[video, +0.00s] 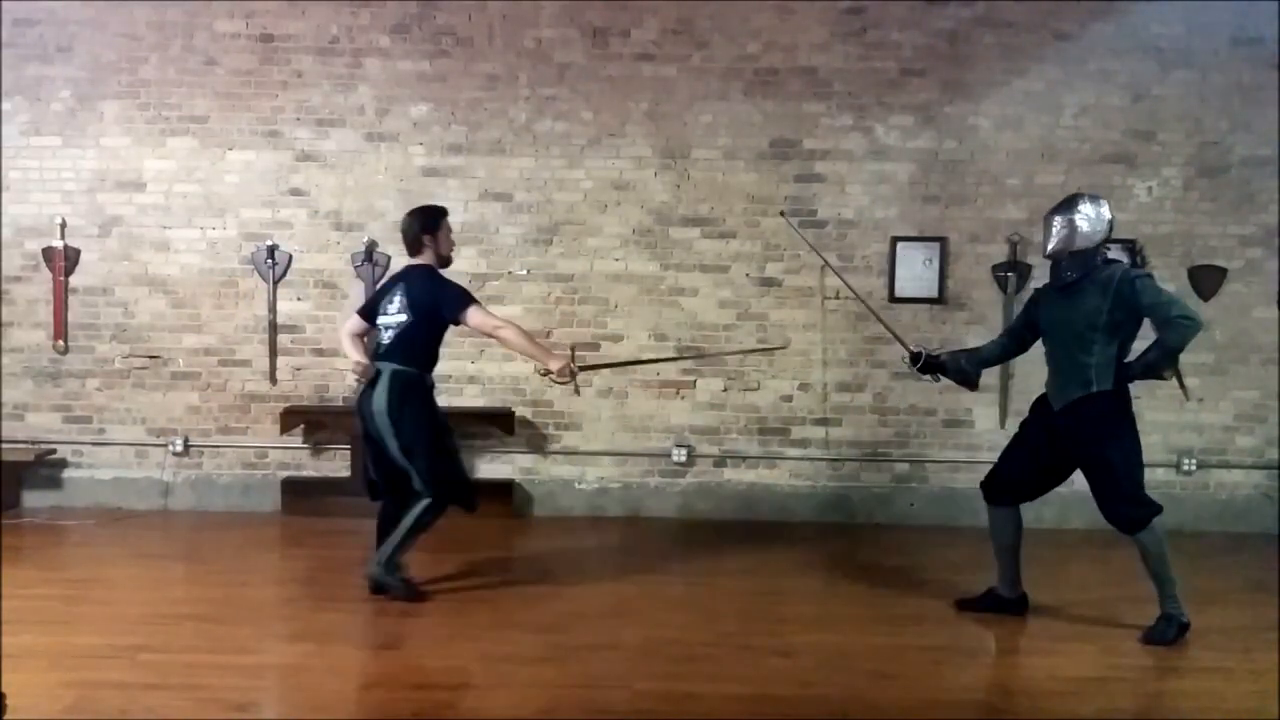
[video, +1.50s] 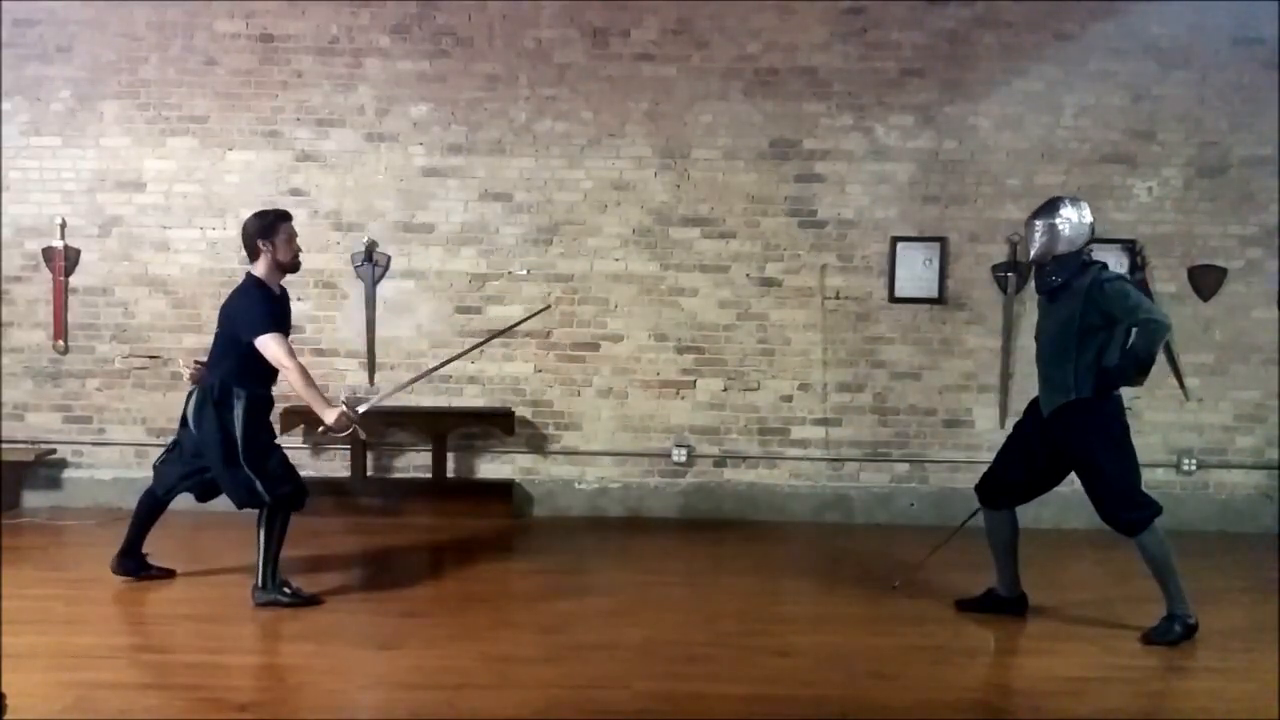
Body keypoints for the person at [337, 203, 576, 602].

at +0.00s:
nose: (452, 240)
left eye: (450, 232)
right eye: (447, 233)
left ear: (415, 241)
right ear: (429, 239)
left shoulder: (392, 284)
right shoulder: (436, 285)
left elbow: (350, 332)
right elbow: (495, 327)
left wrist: (359, 360)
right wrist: (550, 359)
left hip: (376, 392)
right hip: (400, 394)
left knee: (400, 489)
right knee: (439, 486)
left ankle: (384, 571)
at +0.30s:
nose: (400, 234)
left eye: (397, 226)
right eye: (394, 227)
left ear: (365, 235)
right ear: (372, 233)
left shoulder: (340, 279)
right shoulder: (374, 284)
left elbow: (300, 326)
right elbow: (442, 330)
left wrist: (298, 362)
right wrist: (500, 356)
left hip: (322, 392)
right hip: (332, 397)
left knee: (364, 478)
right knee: (327, 491)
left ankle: (373, 569)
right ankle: (270, 579)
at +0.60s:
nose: (354, 231)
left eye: (351, 223)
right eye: (346, 223)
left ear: (321, 233)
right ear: (320, 231)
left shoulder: (317, 279)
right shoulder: (314, 282)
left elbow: (295, 336)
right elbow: (372, 338)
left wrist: (259, 353)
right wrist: (431, 371)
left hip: (282, 387)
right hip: (282, 389)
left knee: (267, 478)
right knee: (303, 489)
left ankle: (223, 549)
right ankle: (269, 583)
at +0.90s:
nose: (318, 238)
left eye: (317, 231)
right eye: (309, 232)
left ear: (304, 238)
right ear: (282, 239)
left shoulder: (316, 296)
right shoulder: (267, 294)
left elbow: (296, 351)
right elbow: (303, 348)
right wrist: (342, 388)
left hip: (270, 402)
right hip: (247, 401)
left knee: (199, 472)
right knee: (291, 491)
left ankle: (150, 543)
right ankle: (268, 584)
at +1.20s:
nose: (299, 244)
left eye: (297, 236)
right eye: (291, 238)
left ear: (273, 244)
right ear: (264, 245)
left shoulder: (282, 294)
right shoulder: (250, 299)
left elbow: (257, 350)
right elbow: (280, 358)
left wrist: (216, 366)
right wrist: (318, 401)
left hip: (229, 408)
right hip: (233, 413)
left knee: (175, 479)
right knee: (286, 489)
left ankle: (131, 553)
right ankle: (268, 584)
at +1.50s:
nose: (298, 245)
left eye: (296, 237)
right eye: (291, 238)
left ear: (267, 247)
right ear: (266, 247)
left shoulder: (275, 294)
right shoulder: (252, 301)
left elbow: (248, 348)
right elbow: (287, 365)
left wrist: (212, 368)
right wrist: (326, 410)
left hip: (220, 406)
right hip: (230, 412)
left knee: (168, 480)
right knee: (282, 489)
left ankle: (128, 555)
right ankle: (267, 584)